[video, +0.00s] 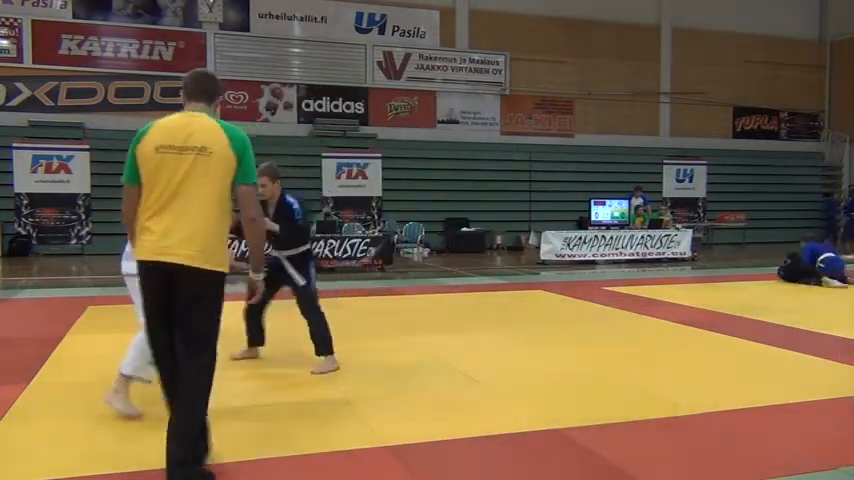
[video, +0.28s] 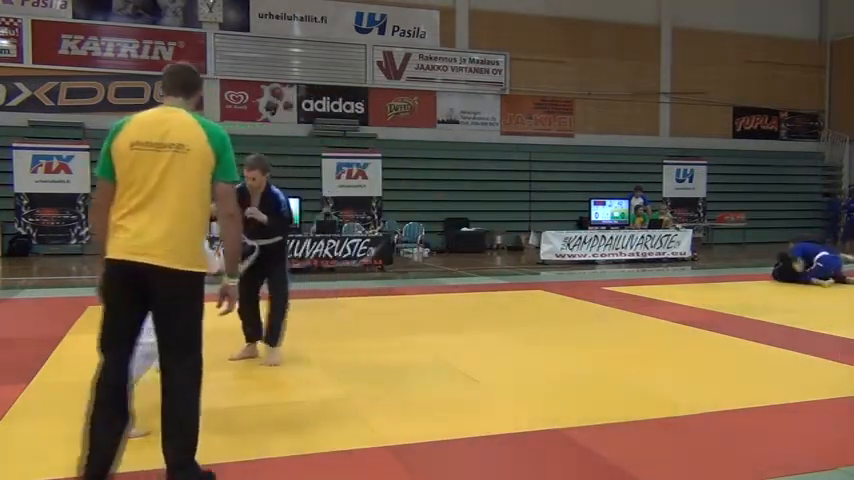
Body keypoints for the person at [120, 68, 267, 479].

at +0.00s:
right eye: (220, 103)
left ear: (182, 98)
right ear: (218, 102)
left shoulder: (146, 134)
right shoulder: (234, 138)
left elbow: (129, 207)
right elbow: (250, 210)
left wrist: (144, 248)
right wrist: (257, 268)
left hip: (151, 260)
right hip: (204, 263)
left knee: (166, 354)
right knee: (196, 358)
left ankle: (195, 442)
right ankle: (182, 466)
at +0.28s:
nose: (200, 104)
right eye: (201, 99)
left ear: (160, 92)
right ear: (198, 97)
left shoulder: (123, 129)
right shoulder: (213, 134)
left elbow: (101, 203)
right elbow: (228, 208)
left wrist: (105, 260)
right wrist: (230, 273)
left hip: (122, 266)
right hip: (180, 271)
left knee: (114, 365)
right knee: (181, 369)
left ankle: (95, 468)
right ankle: (181, 467)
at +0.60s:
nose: (147, 103)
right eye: (147, 97)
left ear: (105, 92)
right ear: (141, 96)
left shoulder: (65, 133)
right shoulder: (156, 135)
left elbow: (50, 211)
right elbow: (178, 212)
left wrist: (67, 256)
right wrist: (191, 276)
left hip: (71, 275)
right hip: (132, 277)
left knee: (55, 378)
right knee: (153, 377)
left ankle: (26, 470)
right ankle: (179, 468)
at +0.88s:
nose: (99, 98)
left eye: (98, 94)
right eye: (99, 93)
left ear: (49, 89)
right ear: (91, 91)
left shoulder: (12, 129)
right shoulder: (101, 128)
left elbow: (7, 203)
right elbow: (115, 205)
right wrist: (124, 274)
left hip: (25, 279)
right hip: (87, 280)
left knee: (26, 389)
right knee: (114, 383)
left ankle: (21, 473)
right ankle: (141, 471)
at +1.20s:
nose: (65, 92)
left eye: (64, 87)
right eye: (64, 86)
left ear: (19, 84)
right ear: (57, 84)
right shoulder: (71, 121)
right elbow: (93, 199)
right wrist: (108, 269)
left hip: (5, 277)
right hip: (58, 278)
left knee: (13, 387)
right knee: (64, 388)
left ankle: (17, 469)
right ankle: (63, 471)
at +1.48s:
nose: (61, 93)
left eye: (61, 88)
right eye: (60, 87)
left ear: (11, 84)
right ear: (49, 84)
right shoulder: (59, 120)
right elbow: (84, 200)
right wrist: (105, 267)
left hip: (5, 279)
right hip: (53, 276)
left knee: (12, 386)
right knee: (79, 377)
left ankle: (15, 473)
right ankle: (80, 474)